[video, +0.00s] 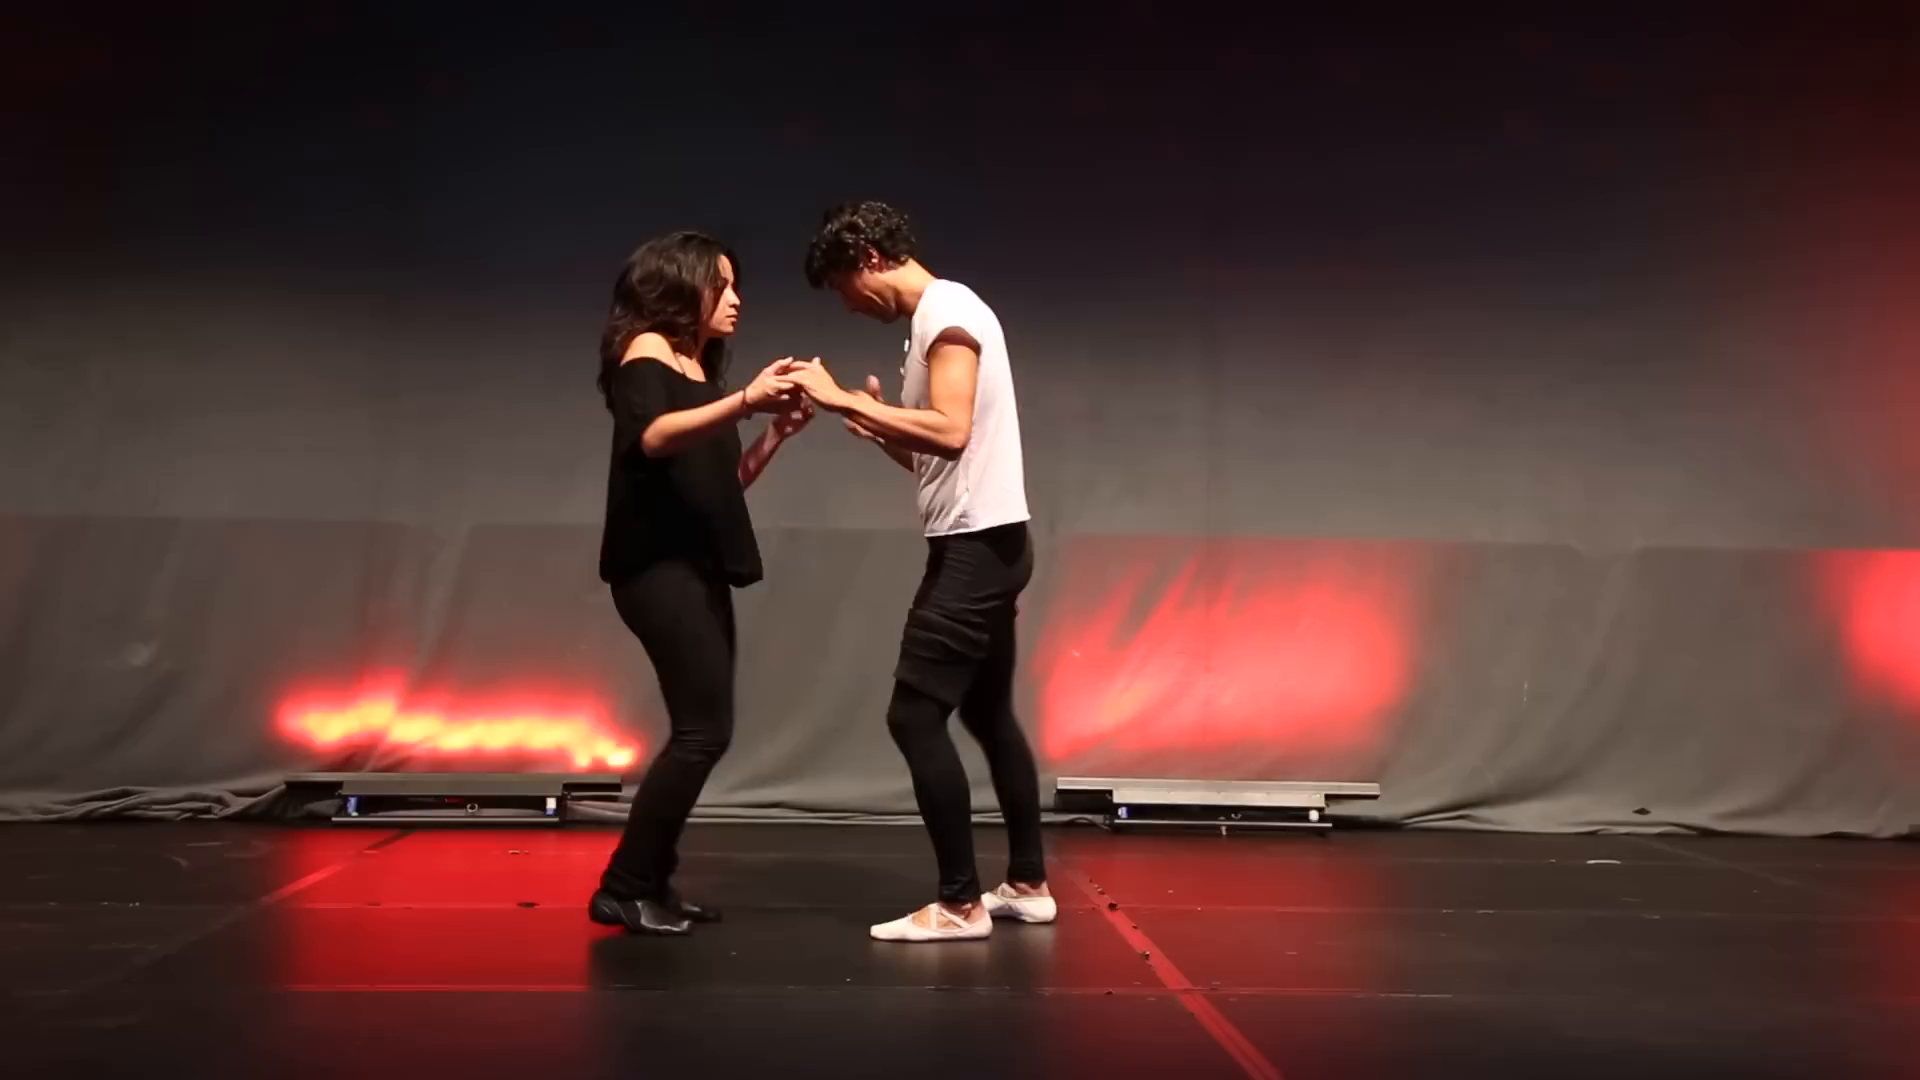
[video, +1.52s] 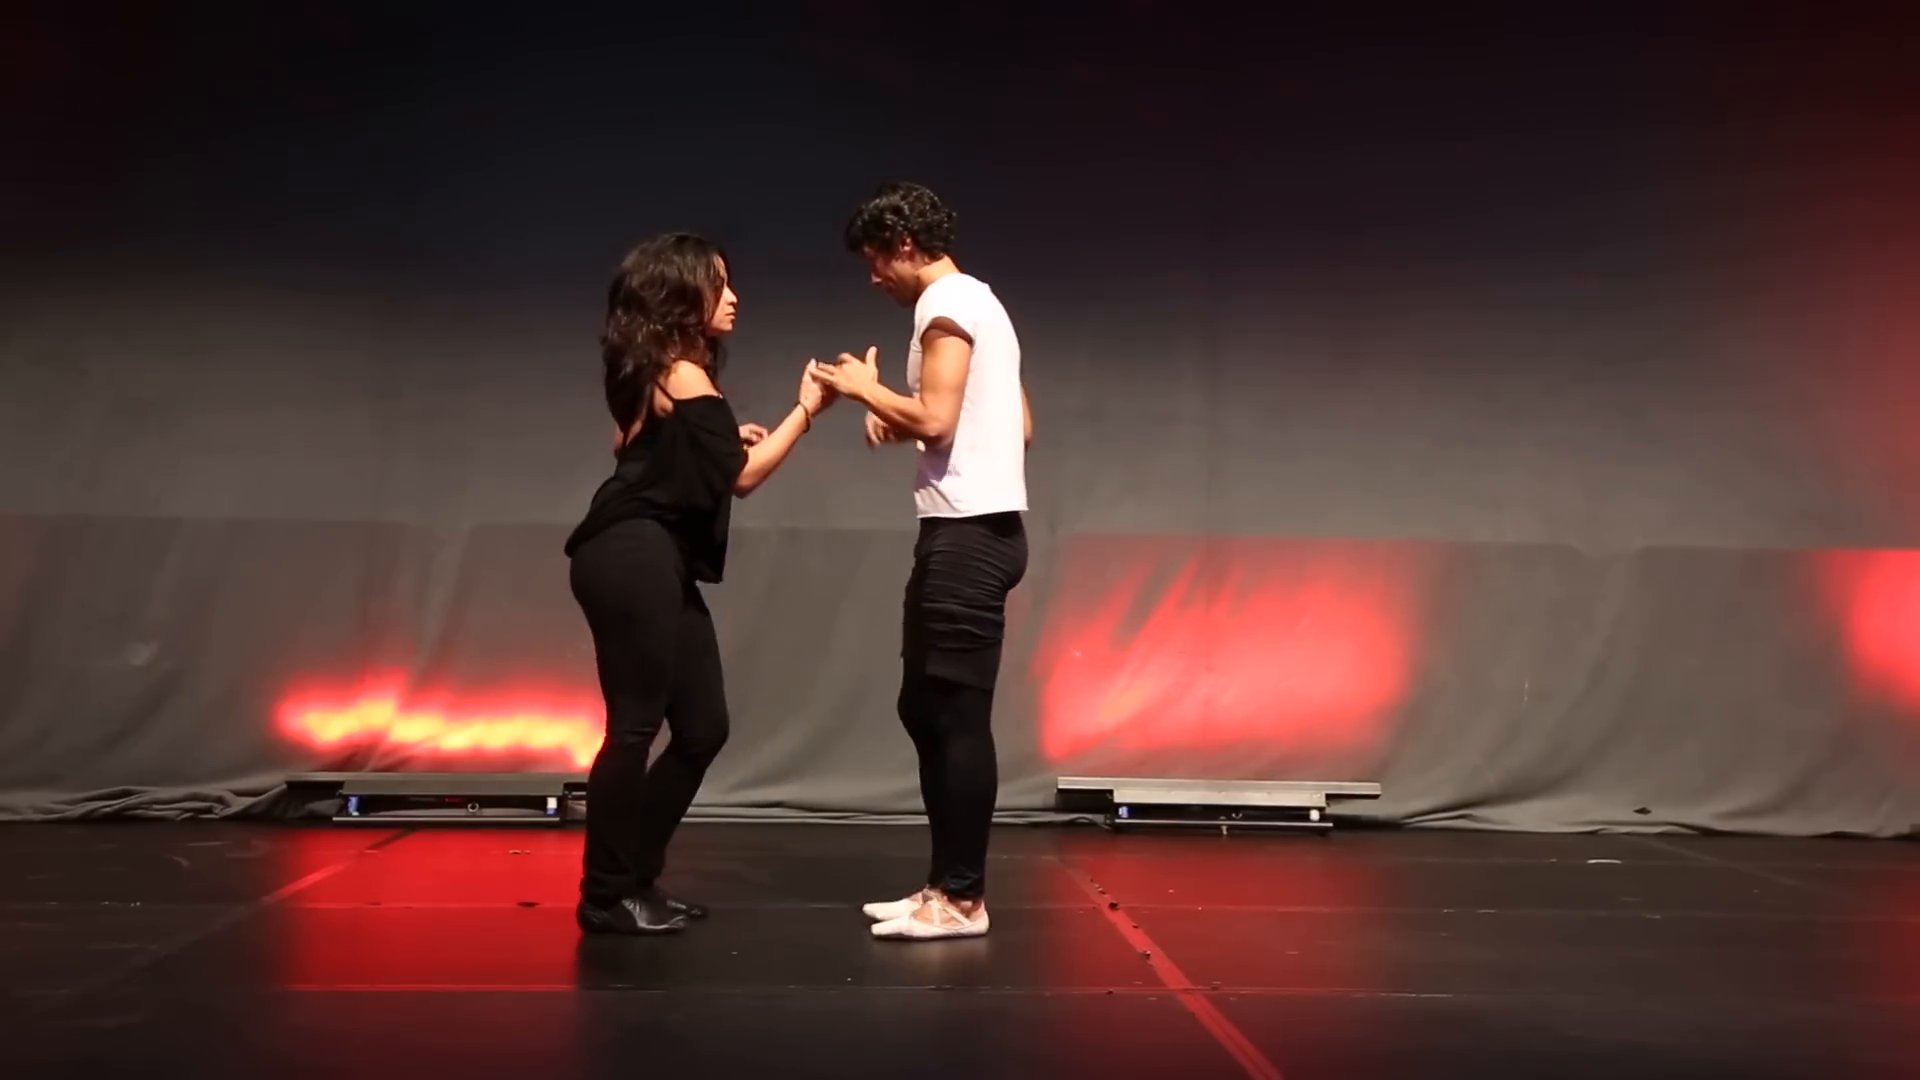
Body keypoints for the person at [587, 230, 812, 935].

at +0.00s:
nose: (734, 299)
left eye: (733, 286)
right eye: (722, 287)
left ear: (702, 295)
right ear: (684, 290)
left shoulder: (695, 366)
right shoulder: (649, 348)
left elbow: (722, 485)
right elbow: (653, 434)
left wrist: (774, 434)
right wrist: (745, 398)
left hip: (697, 568)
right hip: (659, 569)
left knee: (705, 731)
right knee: (700, 731)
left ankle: (650, 885)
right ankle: (622, 891)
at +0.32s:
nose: (739, 300)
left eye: (738, 287)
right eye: (726, 288)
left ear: (709, 299)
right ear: (687, 296)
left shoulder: (708, 366)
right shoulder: (661, 370)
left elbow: (708, 452)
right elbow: (679, 475)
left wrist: (763, 426)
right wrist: (772, 442)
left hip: (687, 569)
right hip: (636, 564)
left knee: (783, 700)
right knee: (645, 732)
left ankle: (727, 857)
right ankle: (614, 897)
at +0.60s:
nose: (745, 298)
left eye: (744, 285)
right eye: (733, 286)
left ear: (689, 299)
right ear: (698, 294)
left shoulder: (690, 365)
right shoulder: (694, 366)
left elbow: (679, 451)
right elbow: (680, 456)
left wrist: (760, 425)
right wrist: (775, 440)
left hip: (695, 575)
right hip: (660, 576)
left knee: (778, 705)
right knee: (686, 731)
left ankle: (719, 861)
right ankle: (618, 895)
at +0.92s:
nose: (732, 299)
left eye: (732, 287)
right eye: (720, 286)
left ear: (687, 292)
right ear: (685, 288)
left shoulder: (688, 360)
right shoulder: (672, 339)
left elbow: (707, 478)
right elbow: (666, 412)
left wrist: (766, 436)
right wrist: (768, 404)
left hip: (679, 571)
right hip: (653, 572)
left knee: (712, 727)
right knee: (702, 735)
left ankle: (695, 884)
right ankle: (618, 897)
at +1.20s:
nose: (730, 299)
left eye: (727, 287)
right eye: (717, 288)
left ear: (685, 302)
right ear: (678, 297)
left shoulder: (681, 372)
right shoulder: (646, 373)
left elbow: (679, 465)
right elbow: (697, 453)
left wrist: (745, 472)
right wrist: (784, 411)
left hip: (675, 575)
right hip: (630, 575)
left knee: (731, 716)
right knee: (679, 731)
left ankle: (663, 879)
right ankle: (616, 899)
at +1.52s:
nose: (732, 297)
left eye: (728, 284)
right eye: (719, 287)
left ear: (675, 304)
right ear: (683, 300)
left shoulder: (662, 373)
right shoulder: (679, 376)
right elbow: (742, 472)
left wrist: (730, 442)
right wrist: (805, 408)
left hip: (660, 562)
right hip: (630, 557)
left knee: (701, 730)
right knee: (633, 725)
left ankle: (633, 883)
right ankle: (605, 896)